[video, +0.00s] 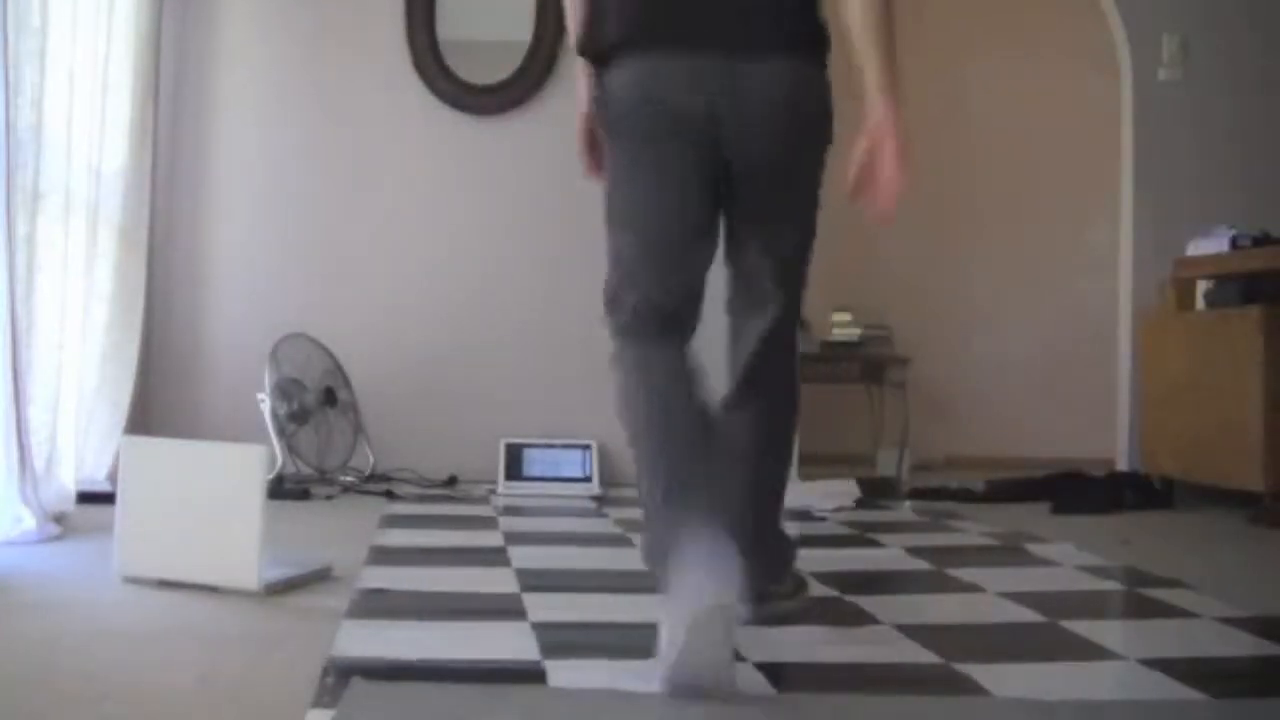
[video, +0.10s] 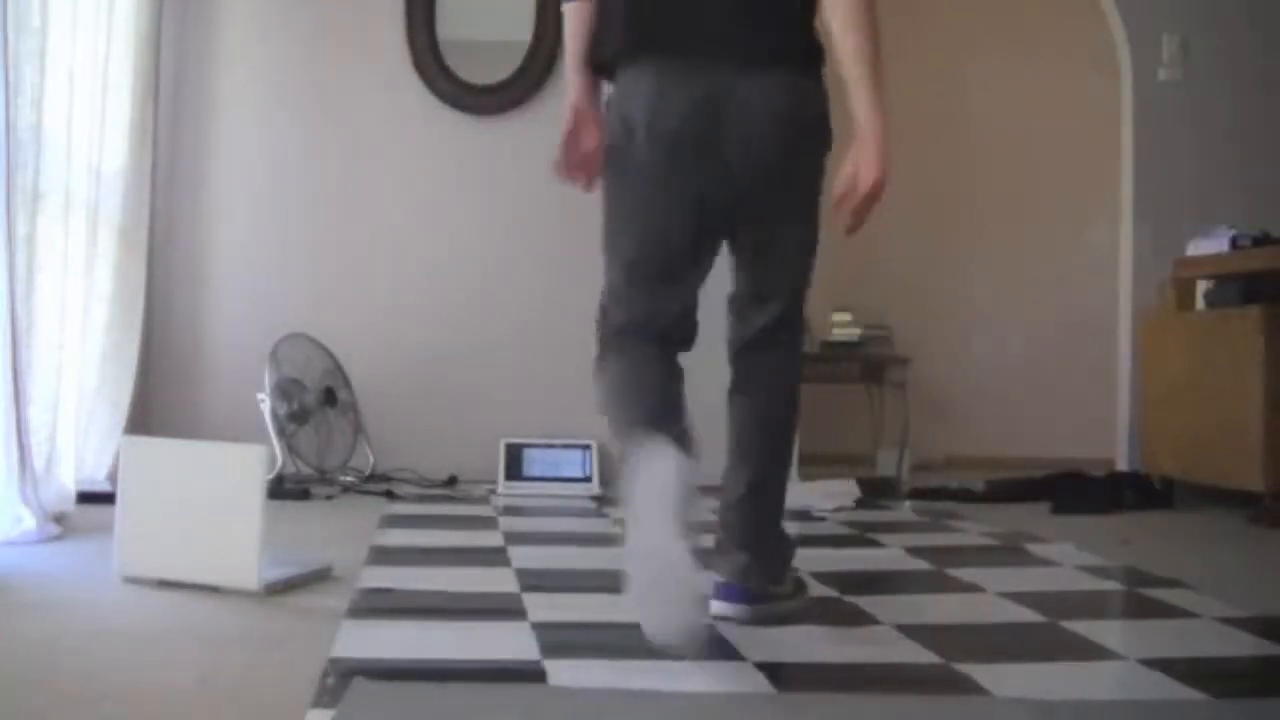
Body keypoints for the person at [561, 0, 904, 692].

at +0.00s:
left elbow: (579, 3)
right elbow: (849, 1)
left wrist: (591, 90)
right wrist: (877, 101)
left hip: (650, 67)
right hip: (778, 68)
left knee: (648, 326)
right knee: (765, 332)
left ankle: (695, 560)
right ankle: (757, 570)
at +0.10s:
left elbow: (582, 1)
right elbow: (837, 4)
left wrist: (581, 92)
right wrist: (866, 129)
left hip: (655, 88)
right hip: (780, 92)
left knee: (638, 327)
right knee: (767, 337)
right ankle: (750, 564)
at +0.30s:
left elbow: (577, 4)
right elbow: (775, 6)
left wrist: (570, 98)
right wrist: (811, 131)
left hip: (621, 94)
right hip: (724, 98)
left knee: (650, 290)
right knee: (758, 325)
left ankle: (567, 502)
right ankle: (749, 561)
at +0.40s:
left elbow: (573, 13)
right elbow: (705, 8)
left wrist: (578, 100)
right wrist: (766, 121)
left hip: (600, 80)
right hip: (674, 90)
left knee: (634, 303)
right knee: (734, 316)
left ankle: (552, 503)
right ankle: (744, 555)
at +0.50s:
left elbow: (573, 18)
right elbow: (649, 10)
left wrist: (565, 116)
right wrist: (730, 130)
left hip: (588, 94)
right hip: (631, 105)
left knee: (616, 310)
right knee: (718, 319)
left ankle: (539, 495)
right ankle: (739, 544)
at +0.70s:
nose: (803, 62)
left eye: (817, 56)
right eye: (814, 47)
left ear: (785, 9)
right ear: (794, 12)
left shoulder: (713, 33)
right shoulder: (699, 22)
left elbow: (663, 157)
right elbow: (624, 140)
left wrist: (667, 279)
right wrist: (659, 283)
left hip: (566, 137)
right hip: (533, 133)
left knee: (630, 317)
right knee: (629, 316)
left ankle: (556, 487)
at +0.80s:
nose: (785, 151)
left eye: (796, 144)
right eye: (793, 136)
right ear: (774, 104)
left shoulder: (707, 128)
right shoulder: (684, 109)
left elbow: (684, 266)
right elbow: (647, 264)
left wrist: (709, 386)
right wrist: (652, 404)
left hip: (543, 164)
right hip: (494, 154)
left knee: (616, 332)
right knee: (589, 323)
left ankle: (537, 501)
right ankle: (476, 483)